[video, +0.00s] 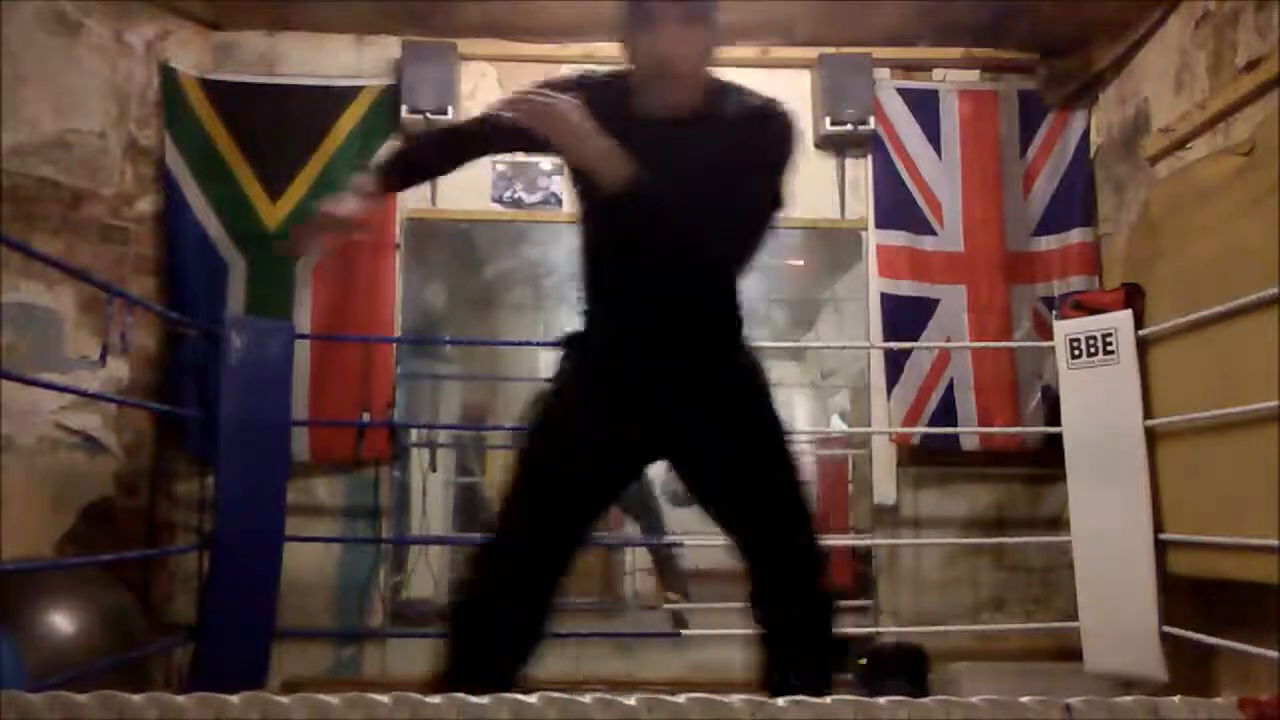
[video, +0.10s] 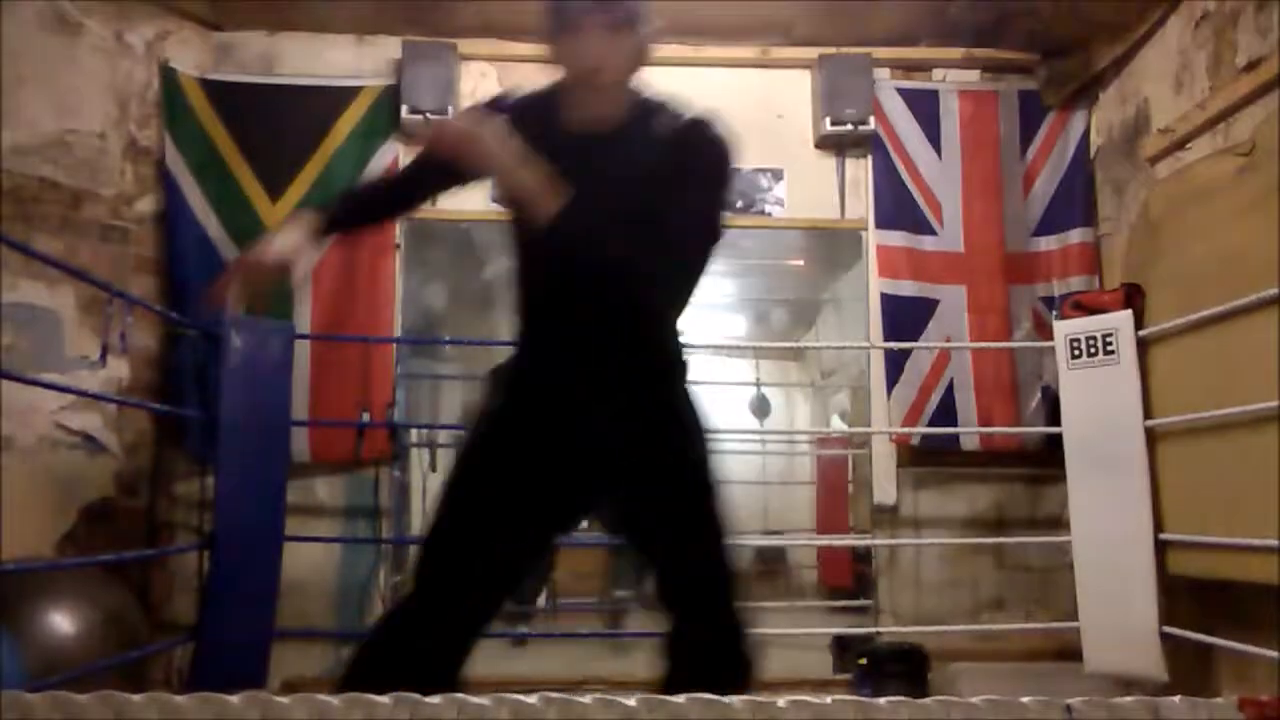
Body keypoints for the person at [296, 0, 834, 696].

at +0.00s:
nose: (662, 43)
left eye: (683, 24)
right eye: (647, 24)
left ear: (711, 34)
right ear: (626, 35)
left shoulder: (756, 127)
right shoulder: (589, 105)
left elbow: (714, 247)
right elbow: (474, 138)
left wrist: (604, 162)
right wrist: (370, 187)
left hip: (711, 381)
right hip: (606, 380)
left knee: (790, 566)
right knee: (520, 560)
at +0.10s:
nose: (595, 45)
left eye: (615, 26)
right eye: (579, 26)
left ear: (641, 39)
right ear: (555, 38)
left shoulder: (687, 148)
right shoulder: (520, 125)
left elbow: (654, 285)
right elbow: (413, 184)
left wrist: (516, 168)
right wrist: (313, 226)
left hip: (644, 410)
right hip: (537, 406)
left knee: (708, 618)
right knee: (446, 603)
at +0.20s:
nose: (507, 99)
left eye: (528, 76)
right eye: (490, 77)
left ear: (560, 84)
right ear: (470, 90)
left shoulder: (629, 205)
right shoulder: (436, 194)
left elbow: (608, 353)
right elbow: (350, 289)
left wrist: (483, 317)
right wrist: (253, 344)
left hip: (598, 466)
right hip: (484, 454)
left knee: (605, 691)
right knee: (381, 664)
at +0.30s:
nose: (444, 130)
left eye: (467, 104)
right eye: (423, 109)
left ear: (504, 112)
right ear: (401, 124)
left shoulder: (591, 226)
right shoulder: (393, 231)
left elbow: (597, 425)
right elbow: (338, 382)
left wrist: (473, 499)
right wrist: (227, 482)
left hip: (573, 483)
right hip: (455, 470)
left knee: (552, 708)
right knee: (346, 687)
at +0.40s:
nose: (434, 126)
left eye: (456, 99)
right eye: (409, 102)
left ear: (492, 106)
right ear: (388, 122)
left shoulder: (594, 228)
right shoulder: (374, 244)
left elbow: (629, 408)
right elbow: (353, 419)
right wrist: (279, 565)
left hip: (567, 491)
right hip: (440, 487)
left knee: (573, 711)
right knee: (336, 700)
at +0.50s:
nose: (465, 80)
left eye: (489, 53)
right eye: (447, 55)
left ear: (529, 64)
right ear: (427, 72)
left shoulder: (618, 179)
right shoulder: (395, 207)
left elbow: (703, 326)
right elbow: (368, 397)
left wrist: (749, 469)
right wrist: (412, 476)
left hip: (599, 465)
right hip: (462, 460)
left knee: (662, 694)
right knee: (351, 690)